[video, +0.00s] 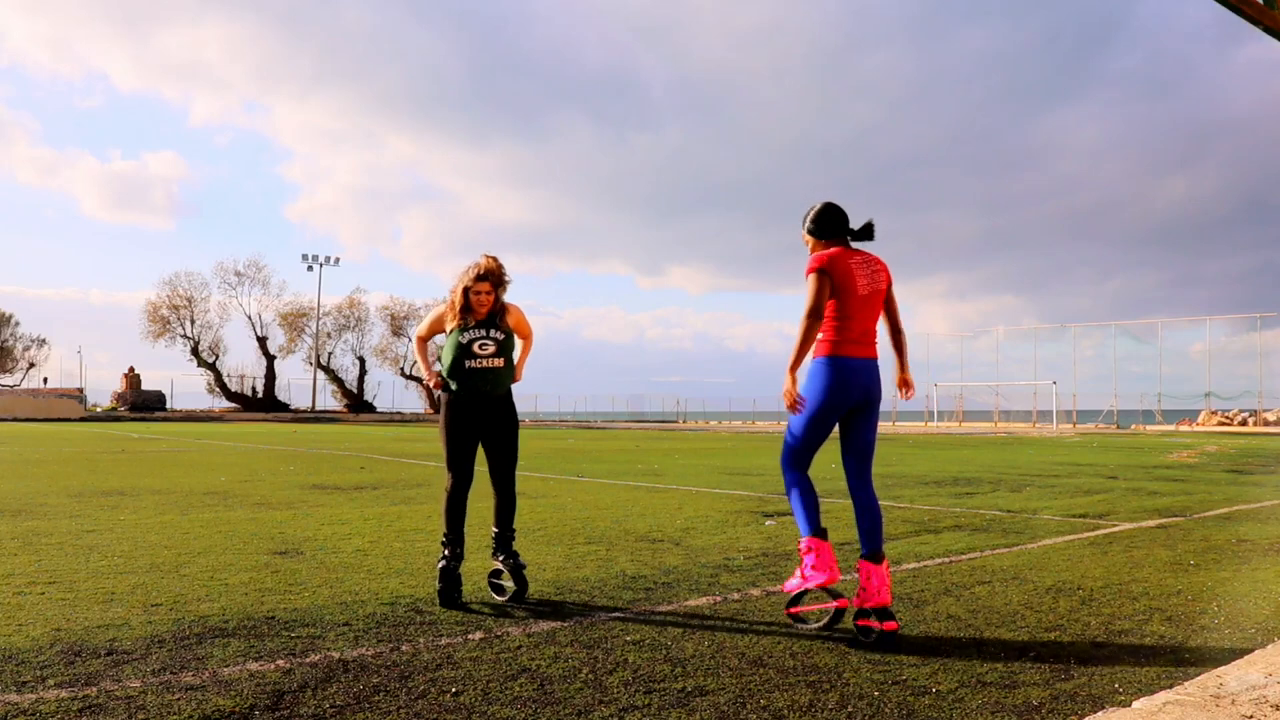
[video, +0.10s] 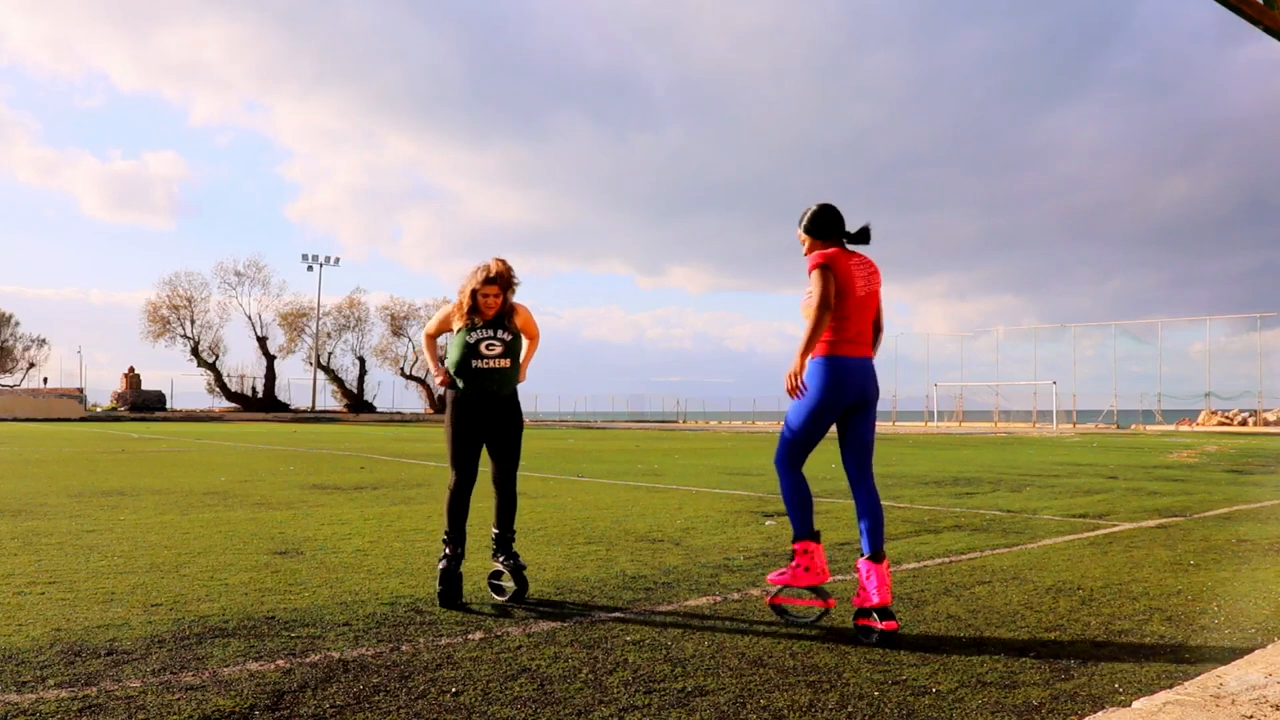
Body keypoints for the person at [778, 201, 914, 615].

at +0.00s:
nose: (806, 247)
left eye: (806, 241)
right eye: (805, 241)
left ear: (815, 237)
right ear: (843, 232)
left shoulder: (822, 261)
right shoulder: (877, 265)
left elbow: (814, 316)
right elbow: (895, 327)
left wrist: (791, 371)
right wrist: (903, 367)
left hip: (829, 373)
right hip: (868, 375)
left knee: (792, 462)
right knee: (860, 478)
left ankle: (816, 558)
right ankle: (875, 582)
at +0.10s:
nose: (800, 245)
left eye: (801, 238)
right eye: (799, 239)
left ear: (810, 236)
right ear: (839, 234)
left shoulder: (820, 258)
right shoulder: (867, 265)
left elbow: (821, 303)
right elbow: (877, 329)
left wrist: (799, 358)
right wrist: (857, 366)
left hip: (828, 371)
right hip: (864, 374)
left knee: (787, 460)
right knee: (862, 477)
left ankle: (808, 559)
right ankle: (876, 578)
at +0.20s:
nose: (795, 247)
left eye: (796, 240)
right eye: (795, 240)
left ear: (806, 238)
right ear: (835, 236)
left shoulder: (818, 261)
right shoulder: (859, 268)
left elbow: (825, 306)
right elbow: (863, 327)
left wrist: (801, 360)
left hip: (827, 375)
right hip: (859, 376)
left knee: (785, 464)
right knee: (862, 479)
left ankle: (801, 561)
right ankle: (876, 577)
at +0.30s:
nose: (785, 252)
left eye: (787, 244)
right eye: (785, 244)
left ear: (798, 243)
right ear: (821, 241)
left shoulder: (808, 270)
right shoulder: (844, 274)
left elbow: (824, 318)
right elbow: (834, 326)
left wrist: (804, 373)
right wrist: (794, 322)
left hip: (820, 381)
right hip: (848, 382)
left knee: (785, 471)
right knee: (851, 480)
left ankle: (798, 565)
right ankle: (873, 575)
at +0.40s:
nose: (777, 252)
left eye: (780, 245)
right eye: (777, 245)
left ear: (793, 243)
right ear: (813, 242)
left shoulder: (802, 272)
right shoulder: (831, 274)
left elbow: (819, 325)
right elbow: (812, 329)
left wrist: (804, 383)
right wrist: (780, 321)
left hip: (810, 381)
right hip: (838, 380)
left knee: (783, 472)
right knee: (835, 477)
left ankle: (795, 567)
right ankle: (868, 571)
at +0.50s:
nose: (768, 252)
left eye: (772, 246)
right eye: (767, 246)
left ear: (788, 245)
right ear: (803, 243)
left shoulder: (797, 274)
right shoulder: (818, 273)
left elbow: (820, 329)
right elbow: (805, 335)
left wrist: (792, 382)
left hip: (798, 381)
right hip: (822, 379)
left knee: (784, 475)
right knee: (810, 474)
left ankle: (796, 569)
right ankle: (852, 553)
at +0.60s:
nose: (765, 251)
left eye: (769, 244)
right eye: (764, 244)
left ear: (786, 244)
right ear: (794, 243)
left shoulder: (798, 274)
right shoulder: (799, 273)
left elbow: (820, 330)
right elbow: (797, 336)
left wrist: (784, 376)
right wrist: (773, 375)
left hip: (798, 381)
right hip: (808, 379)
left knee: (783, 470)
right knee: (789, 468)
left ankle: (796, 567)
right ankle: (836, 540)